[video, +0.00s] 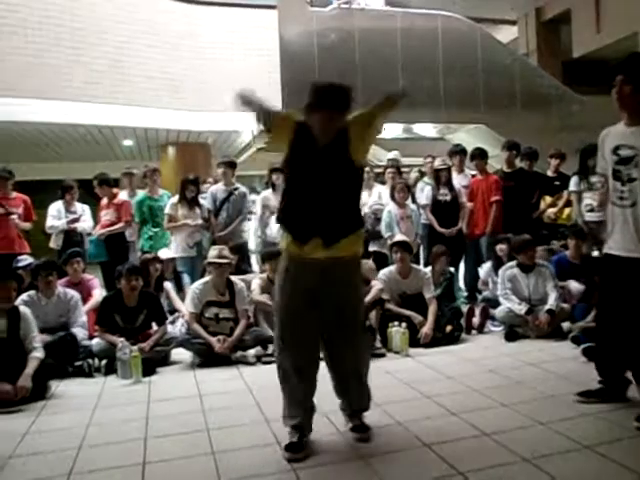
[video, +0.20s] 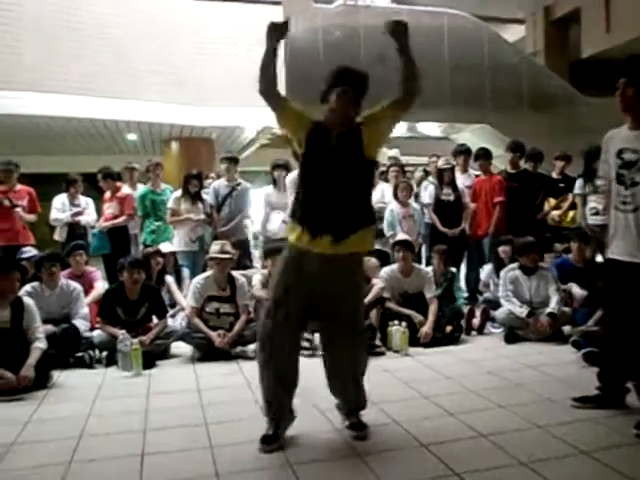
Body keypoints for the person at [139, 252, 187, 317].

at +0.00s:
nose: (156, 267)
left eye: (158, 263)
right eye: (152, 264)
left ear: (161, 265)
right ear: (146, 268)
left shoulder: (165, 285)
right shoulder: (141, 288)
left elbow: (177, 302)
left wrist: (187, 314)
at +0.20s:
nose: (158, 260)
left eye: (160, 257)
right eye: (153, 258)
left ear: (163, 259)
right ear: (147, 261)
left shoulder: (167, 279)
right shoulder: (142, 281)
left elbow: (176, 293)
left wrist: (186, 307)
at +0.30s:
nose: (154, 258)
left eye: (156, 254)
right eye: (149, 255)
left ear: (160, 257)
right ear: (144, 259)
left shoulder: (163, 276)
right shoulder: (139, 279)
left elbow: (173, 291)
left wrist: (182, 305)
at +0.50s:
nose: (147, 257)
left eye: (149, 253)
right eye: (143, 254)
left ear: (153, 256)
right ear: (138, 257)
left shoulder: (157, 275)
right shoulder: (132, 276)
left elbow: (166, 290)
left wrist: (177, 304)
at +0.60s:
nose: (143, 257)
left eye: (144, 253)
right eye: (138, 254)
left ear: (148, 256)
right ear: (133, 258)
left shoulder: (152, 276)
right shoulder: (128, 278)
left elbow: (162, 291)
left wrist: (172, 304)